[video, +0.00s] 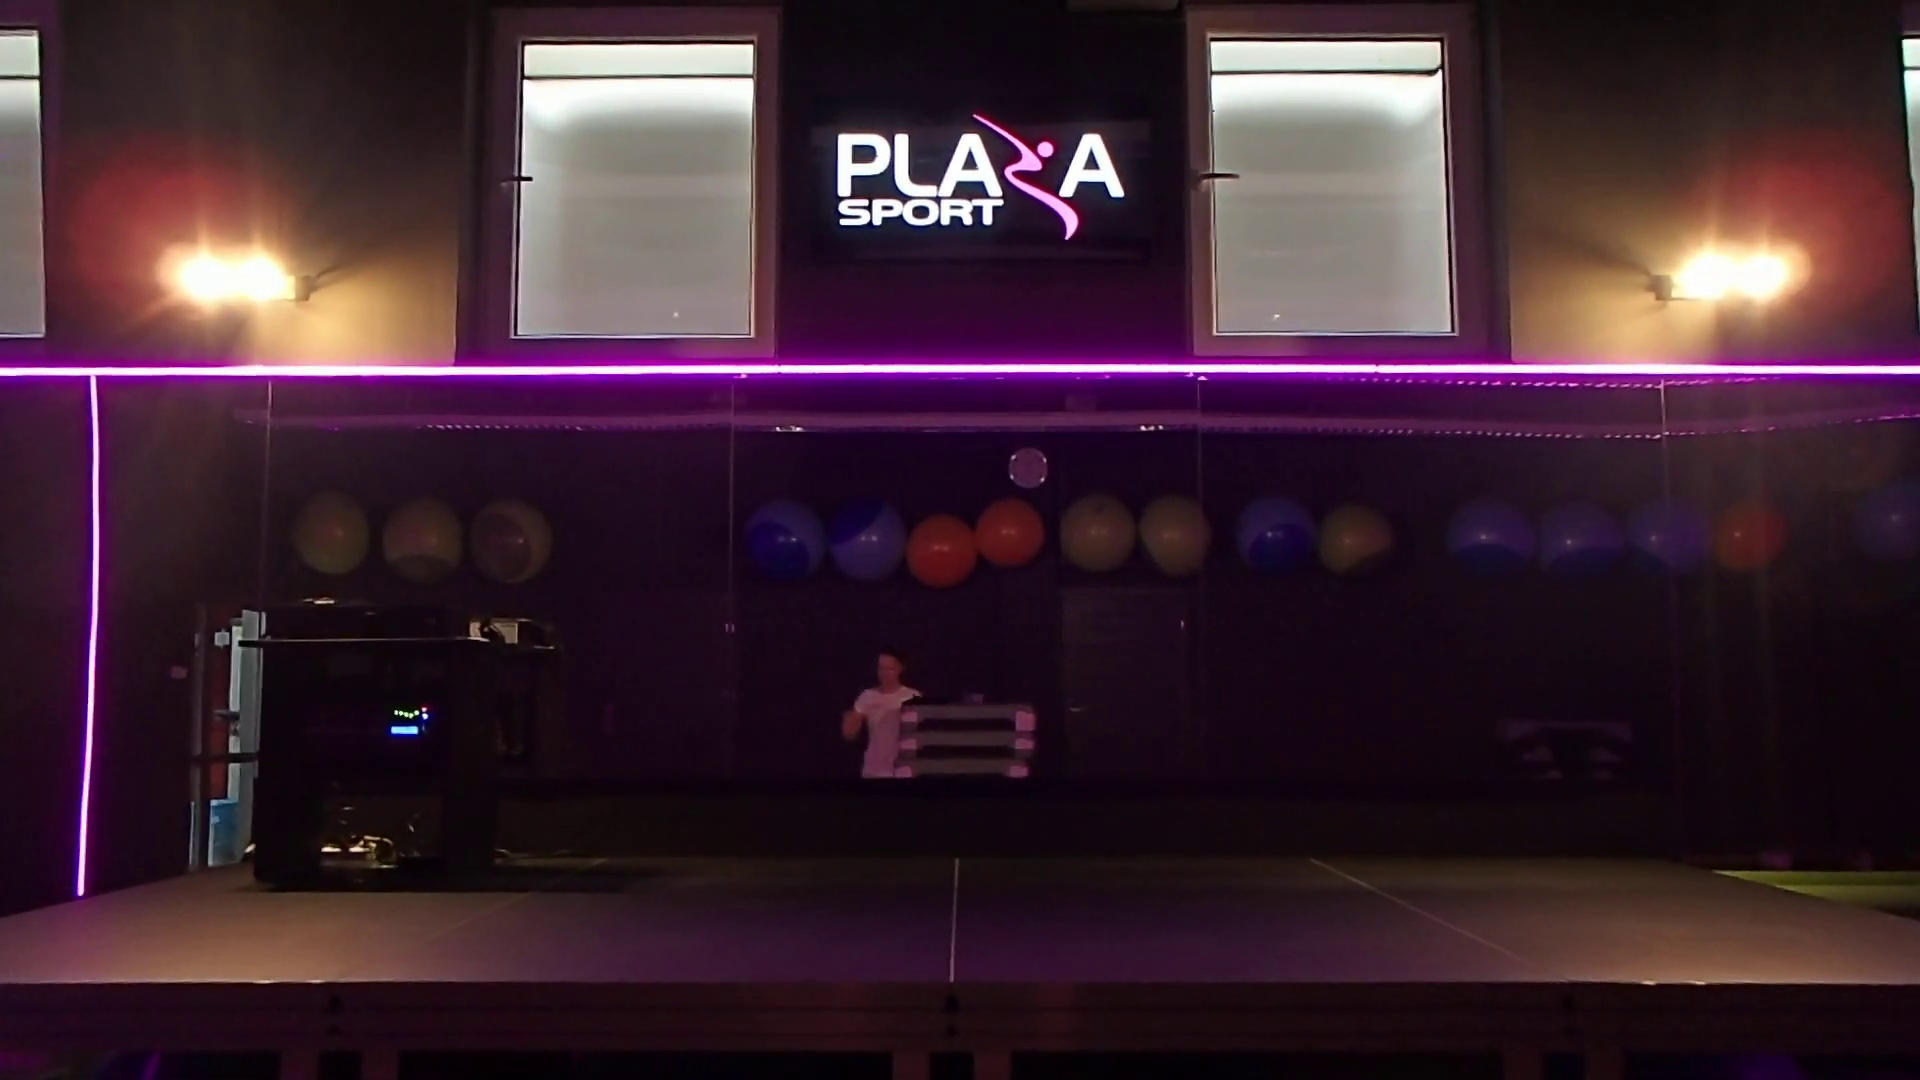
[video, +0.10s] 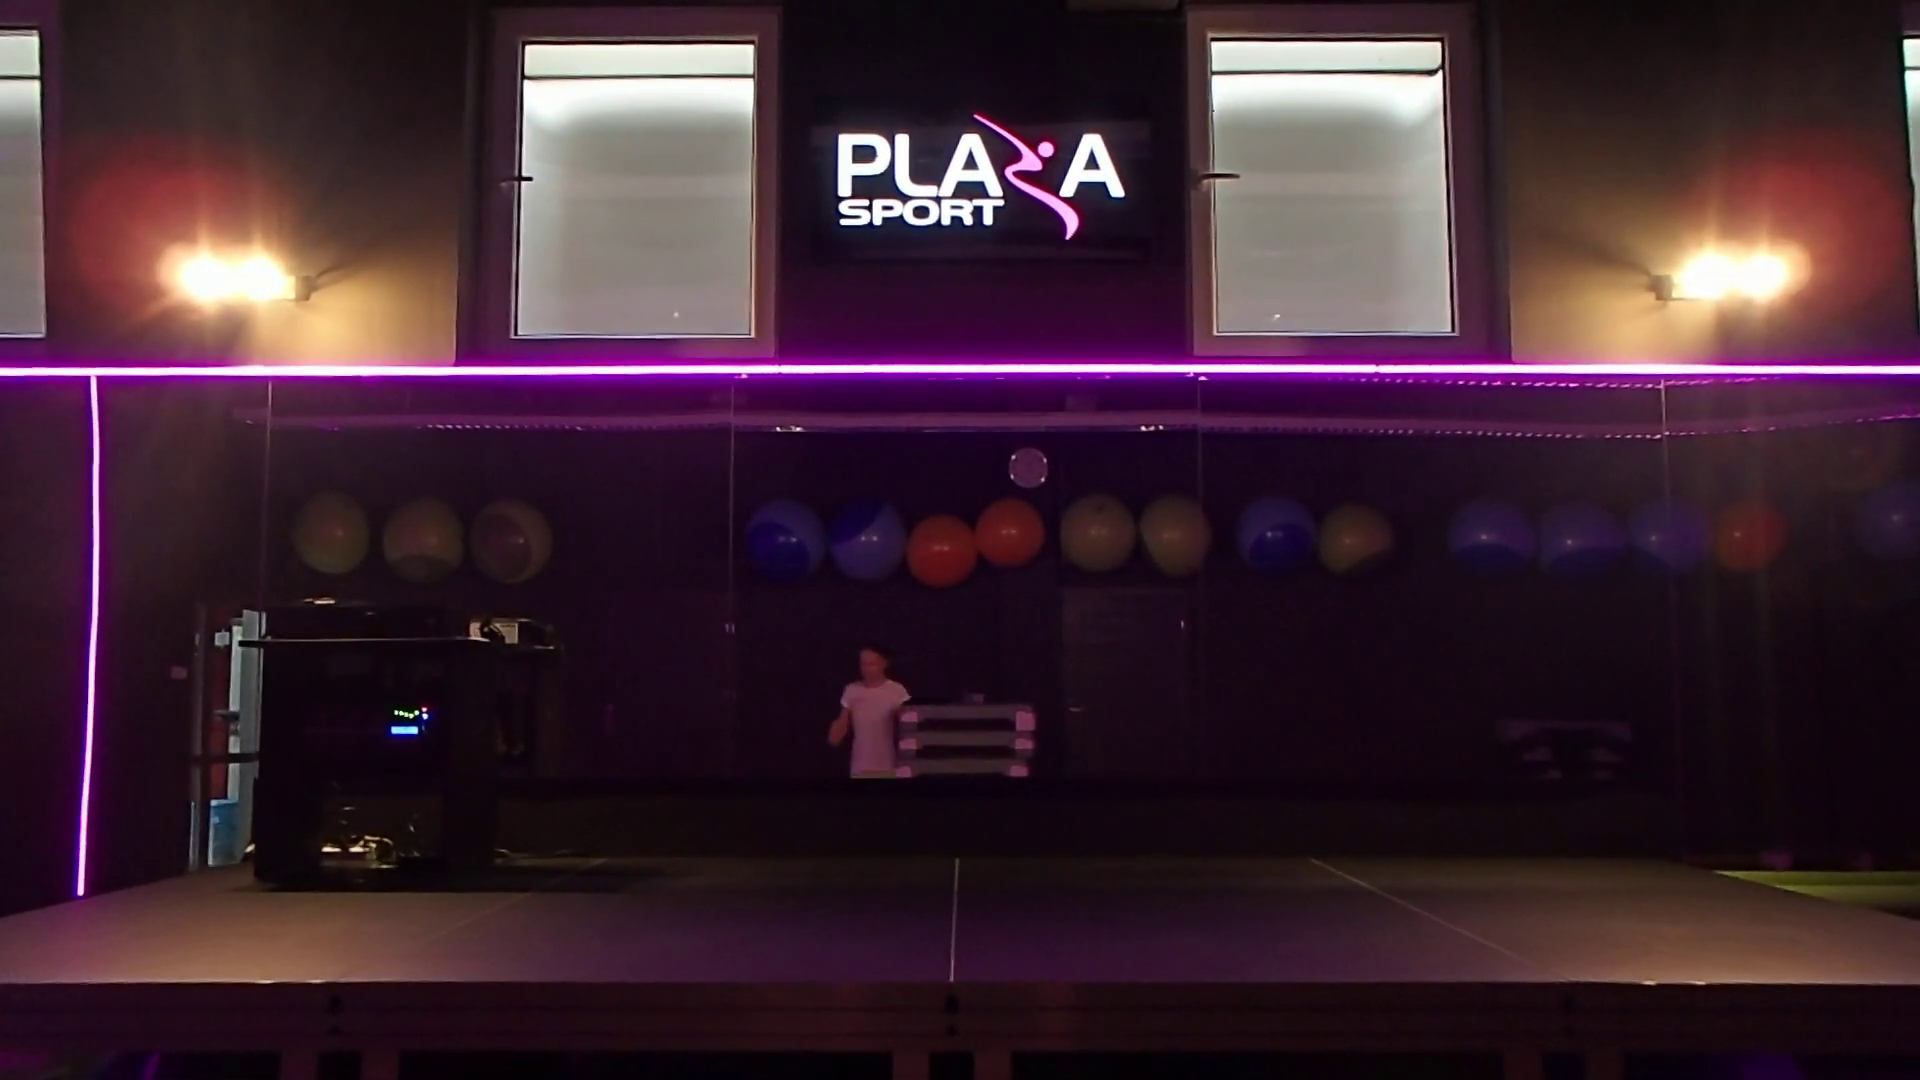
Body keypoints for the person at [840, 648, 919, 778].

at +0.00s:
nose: (884, 673)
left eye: (889, 669)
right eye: (881, 668)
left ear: (900, 669)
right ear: (877, 669)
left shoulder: (912, 697)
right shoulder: (867, 697)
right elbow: (850, 733)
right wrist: (850, 721)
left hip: (901, 769)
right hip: (873, 768)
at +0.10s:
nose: (866, 669)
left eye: (871, 664)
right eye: (863, 664)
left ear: (883, 664)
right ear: (859, 665)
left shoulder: (896, 691)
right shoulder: (851, 691)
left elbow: (907, 731)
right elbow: (843, 720)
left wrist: (904, 766)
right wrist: (836, 735)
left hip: (887, 769)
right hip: (859, 769)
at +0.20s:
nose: (852, 666)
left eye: (857, 661)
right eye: (848, 661)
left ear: (869, 660)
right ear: (844, 662)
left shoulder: (885, 685)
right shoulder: (841, 686)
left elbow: (896, 721)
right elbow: (837, 718)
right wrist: (829, 736)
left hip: (878, 765)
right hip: (851, 764)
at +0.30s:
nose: (835, 669)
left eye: (841, 663)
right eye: (832, 664)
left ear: (852, 662)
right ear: (828, 665)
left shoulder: (871, 688)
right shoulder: (826, 691)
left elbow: (882, 725)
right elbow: (827, 725)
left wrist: (889, 757)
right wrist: (820, 746)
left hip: (868, 767)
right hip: (842, 769)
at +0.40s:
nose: (815, 678)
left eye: (820, 672)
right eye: (811, 673)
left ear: (833, 671)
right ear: (808, 675)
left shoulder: (853, 696)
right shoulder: (808, 701)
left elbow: (867, 733)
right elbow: (809, 735)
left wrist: (875, 768)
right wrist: (806, 758)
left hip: (858, 771)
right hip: (829, 773)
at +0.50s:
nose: (796, 689)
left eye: (802, 683)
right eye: (793, 683)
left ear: (816, 685)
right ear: (789, 686)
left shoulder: (833, 709)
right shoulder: (789, 711)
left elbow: (852, 746)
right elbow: (793, 742)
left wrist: (861, 776)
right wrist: (790, 763)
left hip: (844, 777)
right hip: (815, 779)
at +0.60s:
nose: (774, 692)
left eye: (781, 687)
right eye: (772, 687)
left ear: (794, 690)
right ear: (769, 690)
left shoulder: (809, 716)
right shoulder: (768, 714)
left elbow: (831, 755)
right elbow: (772, 749)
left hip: (820, 781)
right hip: (791, 781)